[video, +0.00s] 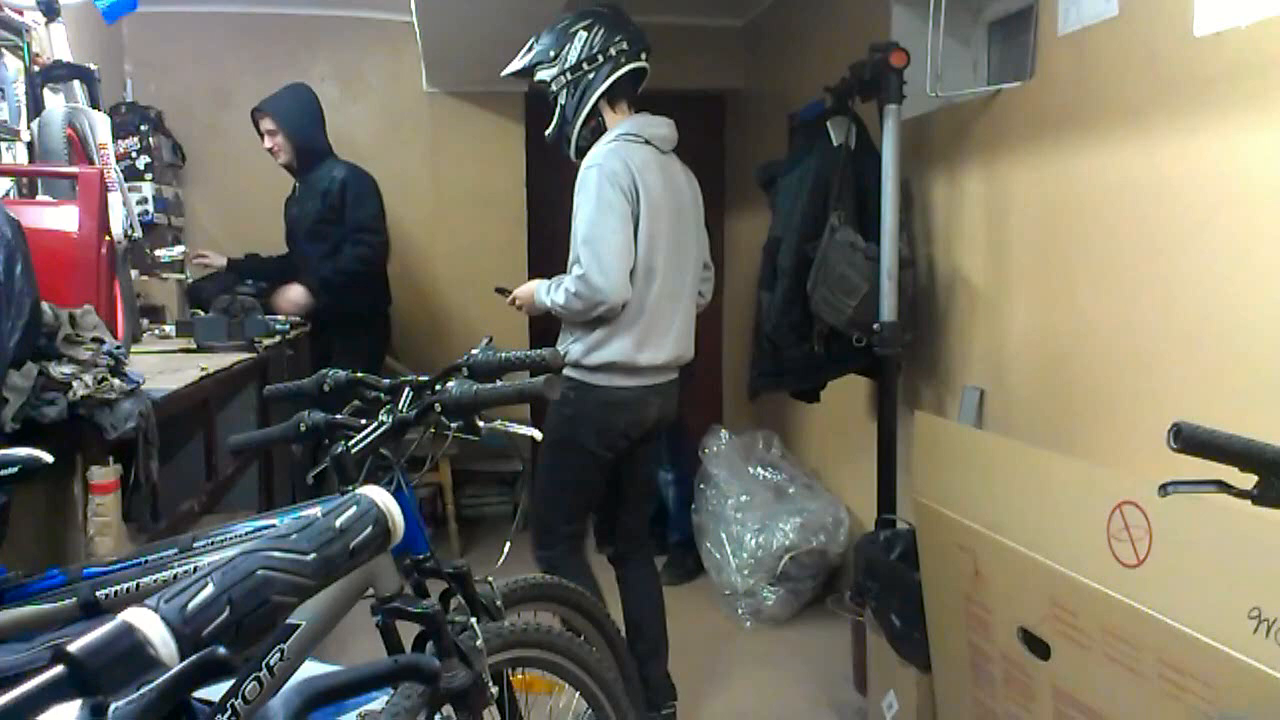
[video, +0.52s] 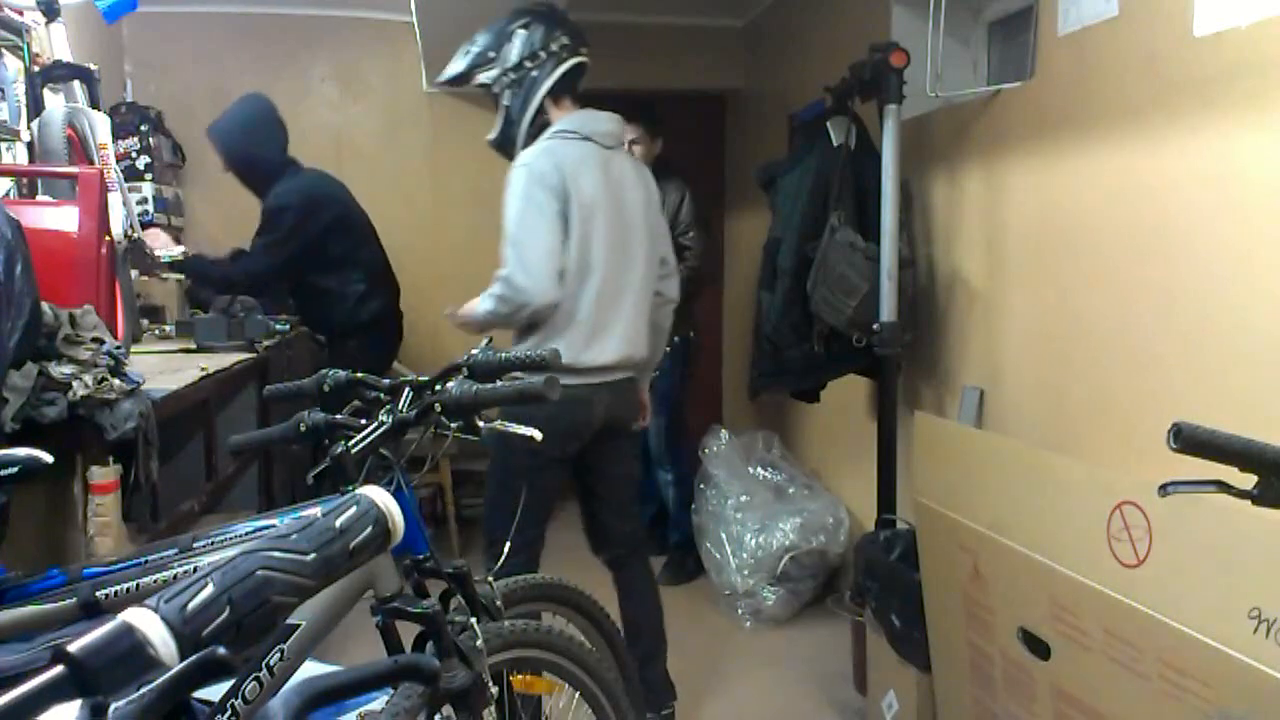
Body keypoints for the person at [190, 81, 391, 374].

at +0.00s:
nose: (267, 145)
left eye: (273, 134)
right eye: (263, 137)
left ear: (300, 128)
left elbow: (368, 255)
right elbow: (298, 264)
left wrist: (310, 289)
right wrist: (231, 265)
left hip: (358, 329)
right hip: (318, 329)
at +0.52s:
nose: (225, 169)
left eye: (228, 156)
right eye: (224, 158)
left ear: (248, 151)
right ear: (267, 143)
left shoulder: (292, 200)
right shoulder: (309, 186)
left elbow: (253, 278)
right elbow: (266, 271)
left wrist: (178, 260)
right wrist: (196, 263)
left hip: (356, 343)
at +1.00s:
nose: (215, 213)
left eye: (215, 204)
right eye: (212, 205)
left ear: (234, 200)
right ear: (261, 182)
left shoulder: (279, 241)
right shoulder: (293, 212)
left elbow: (230, 305)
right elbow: (245, 264)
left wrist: (164, 272)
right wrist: (185, 256)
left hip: (372, 341)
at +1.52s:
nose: (213, 221)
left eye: (215, 212)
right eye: (211, 213)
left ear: (237, 205)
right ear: (259, 191)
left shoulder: (277, 250)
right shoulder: (291, 217)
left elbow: (231, 309)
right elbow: (247, 268)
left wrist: (165, 274)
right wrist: (187, 259)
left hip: (369, 346)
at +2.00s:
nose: (211, 230)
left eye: (208, 221)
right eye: (206, 222)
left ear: (223, 216)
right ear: (248, 193)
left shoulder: (272, 252)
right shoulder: (295, 216)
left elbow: (230, 315)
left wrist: (165, 273)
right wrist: (173, 273)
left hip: (366, 348)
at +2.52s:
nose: (218, 226)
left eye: (216, 217)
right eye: (213, 217)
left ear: (230, 213)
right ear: (257, 190)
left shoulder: (277, 254)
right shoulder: (299, 217)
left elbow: (224, 311)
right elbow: (247, 286)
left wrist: (164, 272)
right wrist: (181, 282)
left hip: (369, 361)